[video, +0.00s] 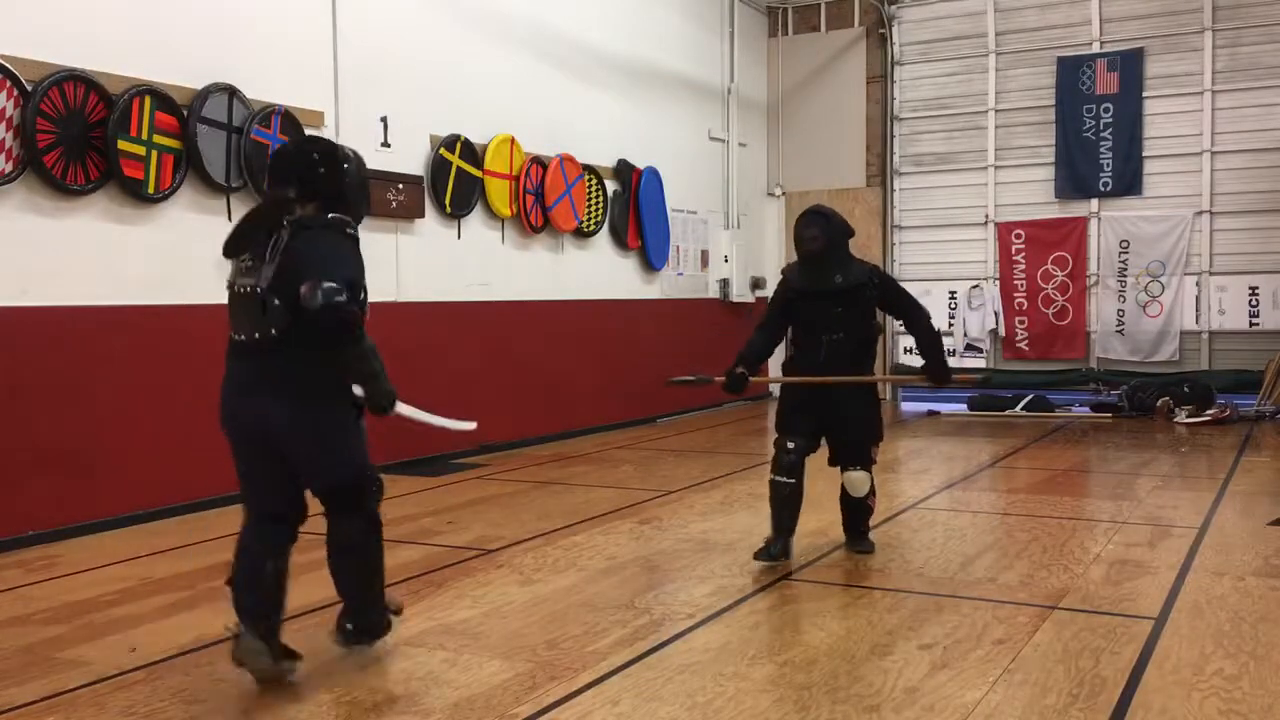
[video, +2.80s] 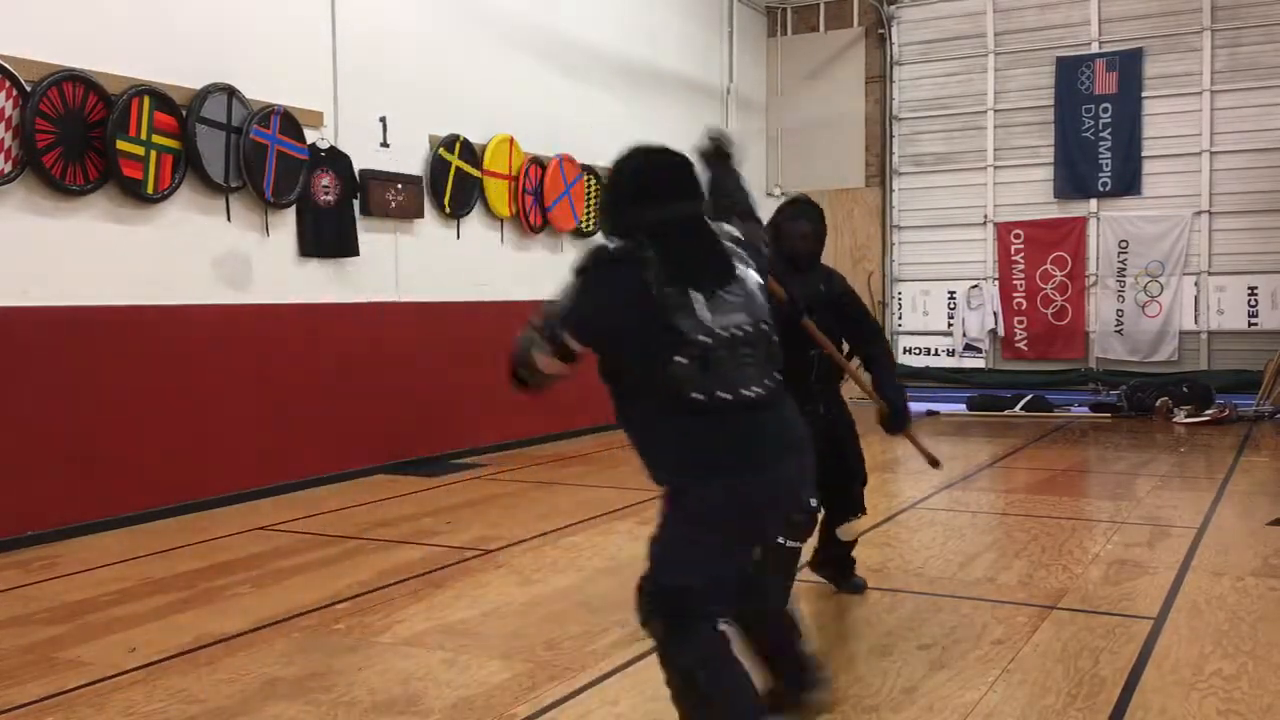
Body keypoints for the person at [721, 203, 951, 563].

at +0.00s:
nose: (809, 244)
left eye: (816, 237)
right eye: (803, 238)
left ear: (836, 237)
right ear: (796, 240)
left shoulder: (864, 278)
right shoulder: (793, 282)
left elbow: (915, 314)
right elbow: (769, 329)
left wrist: (936, 363)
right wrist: (743, 365)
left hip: (852, 389)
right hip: (801, 390)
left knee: (856, 470)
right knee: (786, 462)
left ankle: (857, 534)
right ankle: (780, 539)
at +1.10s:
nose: (773, 244)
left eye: (782, 236)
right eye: (765, 236)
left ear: (800, 239)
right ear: (754, 242)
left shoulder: (822, 286)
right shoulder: (745, 288)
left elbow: (861, 334)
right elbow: (728, 335)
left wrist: (885, 384)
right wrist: (716, 373)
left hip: (811, 404)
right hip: (756, 403)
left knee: (822, 496)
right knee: (745, 484)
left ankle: (806, 554)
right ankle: (740, 572)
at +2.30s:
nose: (765, 236)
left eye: (774, 226)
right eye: (755, 227)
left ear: (795, 226)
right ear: (744, 229)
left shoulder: (820, 270)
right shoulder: (735, 273)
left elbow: (867, 318)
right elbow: (723, 326)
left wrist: (864, 383)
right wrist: (731, 354)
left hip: (807, 397)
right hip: (754, 397)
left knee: (805, 495)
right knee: (771, 493)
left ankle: (787, 565)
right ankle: (762, 600)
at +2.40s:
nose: (767, 248)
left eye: (776, 239)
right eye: (758, 240)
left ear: (795, 240)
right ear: (746, 245)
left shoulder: (821, 283)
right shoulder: (741, 286)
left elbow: (846, 342)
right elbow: (730, 339)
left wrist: (805, 360)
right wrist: (757, 354)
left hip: (807, 403)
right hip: (758, 405)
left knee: (807, 491)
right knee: (787, 503)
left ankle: (784, 553)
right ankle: (767, 606)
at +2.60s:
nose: (780, 247)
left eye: (790, 237)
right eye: (771, 237)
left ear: (809, 242)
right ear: (758, 243)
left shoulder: (827, 287)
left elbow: (861, 357)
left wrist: (831, 358)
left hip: (816, 409)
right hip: (765, 413)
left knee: (833, 502)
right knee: (798, 508)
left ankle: (796, 552)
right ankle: (768, 606)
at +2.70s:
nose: (786, 236)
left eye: (796, 227)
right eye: (778, 227)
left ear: (813, 233)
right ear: (763, 231)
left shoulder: (827, 279)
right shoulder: (745, 281)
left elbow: (869, 335)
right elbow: (730, 339)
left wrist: (871, 379)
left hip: (821, 400)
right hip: (769, 404)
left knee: (843, 484)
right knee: (798, 501)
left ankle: (820, 552)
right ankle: (769, 606)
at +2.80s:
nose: (802, 244)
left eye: (810, 235)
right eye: (793, 235)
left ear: (821, 238)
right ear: (775, 236)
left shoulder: (830, 286)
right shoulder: (759, 284)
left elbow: (870, 340)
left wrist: (891, 395)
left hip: (823, 398)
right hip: (774, 400)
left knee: (848, 478)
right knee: (794, 492)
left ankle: (832, 556)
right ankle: (773, 584)